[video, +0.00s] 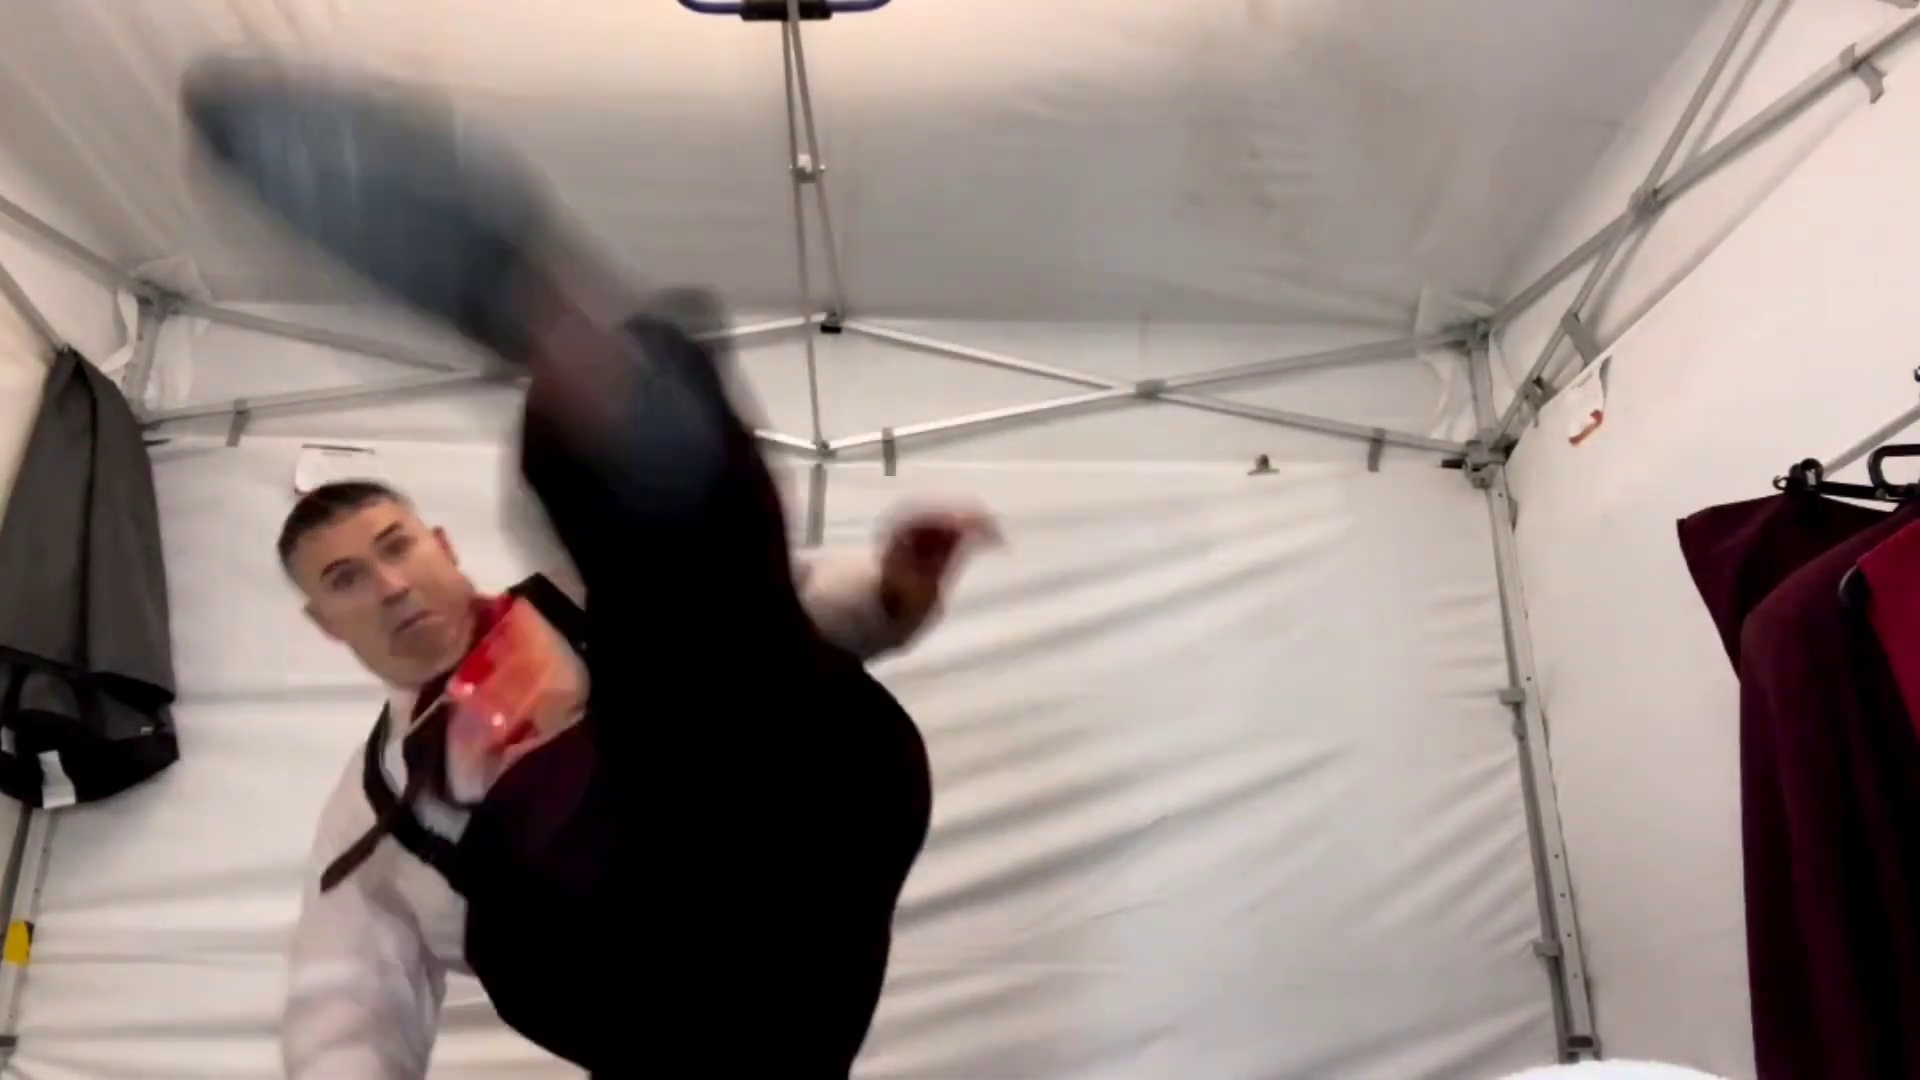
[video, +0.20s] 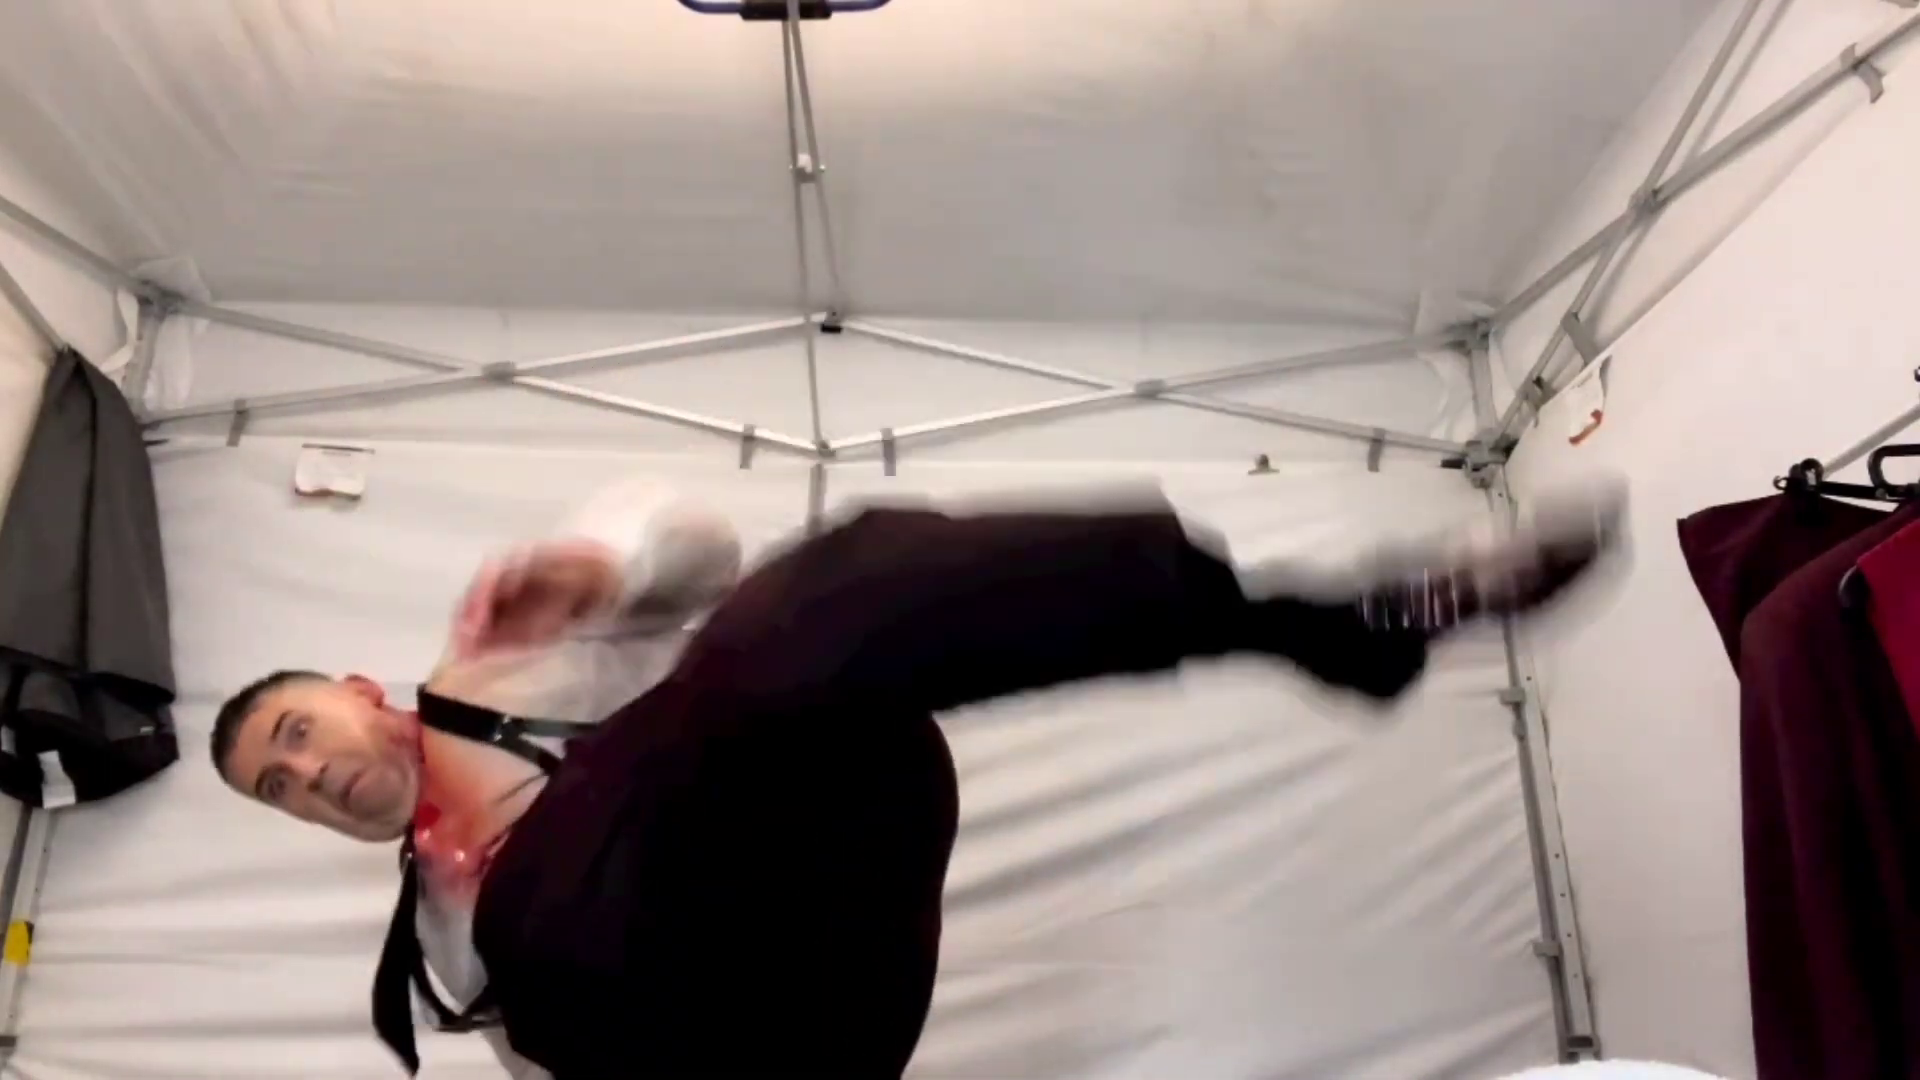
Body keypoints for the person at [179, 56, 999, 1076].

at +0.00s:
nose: (389, 587)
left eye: (395, 547)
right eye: (347, 582)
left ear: (446, 547)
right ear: (326, 632)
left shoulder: (583, 596)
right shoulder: (380, 812)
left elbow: (742, 626)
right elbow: (345, 1041)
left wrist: (888, 594)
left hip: (822, 820)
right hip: (695, 1011)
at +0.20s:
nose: (306, 772)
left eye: (296, 736)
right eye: (279, 788)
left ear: (356, 685)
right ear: (305, 825)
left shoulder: (505, 653)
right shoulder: (448, 953)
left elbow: (729, 568)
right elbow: (574, 1058)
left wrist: (597, 577)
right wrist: (494, 905)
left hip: (832, 822)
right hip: (760, 1018)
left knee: (824, 596)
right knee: (541, 934)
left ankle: (1341, 631)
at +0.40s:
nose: (363, 635)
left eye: (364, 593)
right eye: (342, 639)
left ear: (444, 557)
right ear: (362, 674)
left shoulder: (568, 545)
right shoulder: (467, 807)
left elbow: (726, 580)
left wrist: (596, 793)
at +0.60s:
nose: (627, 337)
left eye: (656, 305)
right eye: (598, 319)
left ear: (717, 332)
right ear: (578, 360)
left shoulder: (832, 439)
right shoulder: (544, 559)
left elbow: (1023, 565)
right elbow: (462, 743)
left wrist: (865, 586)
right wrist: (408, 867)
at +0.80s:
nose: (891, 354)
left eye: (918, 335)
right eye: (863, 316)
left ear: (934, 367)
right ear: (790, 333)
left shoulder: (973, 544)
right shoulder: (643, 499)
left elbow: (1067, 710)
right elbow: (478, 692)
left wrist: (1073, 790)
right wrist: (501, 839)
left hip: (920, 975)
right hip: (675, 968)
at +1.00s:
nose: (960, 276)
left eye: (991, 255)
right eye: (932, 236)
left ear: (1005, 291)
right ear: (858, 254)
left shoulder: (1004, 484)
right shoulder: (700, 393)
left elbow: (983, 725)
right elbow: (525, 603)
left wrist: (1091, 729)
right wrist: (636, 777)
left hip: (989, 941)